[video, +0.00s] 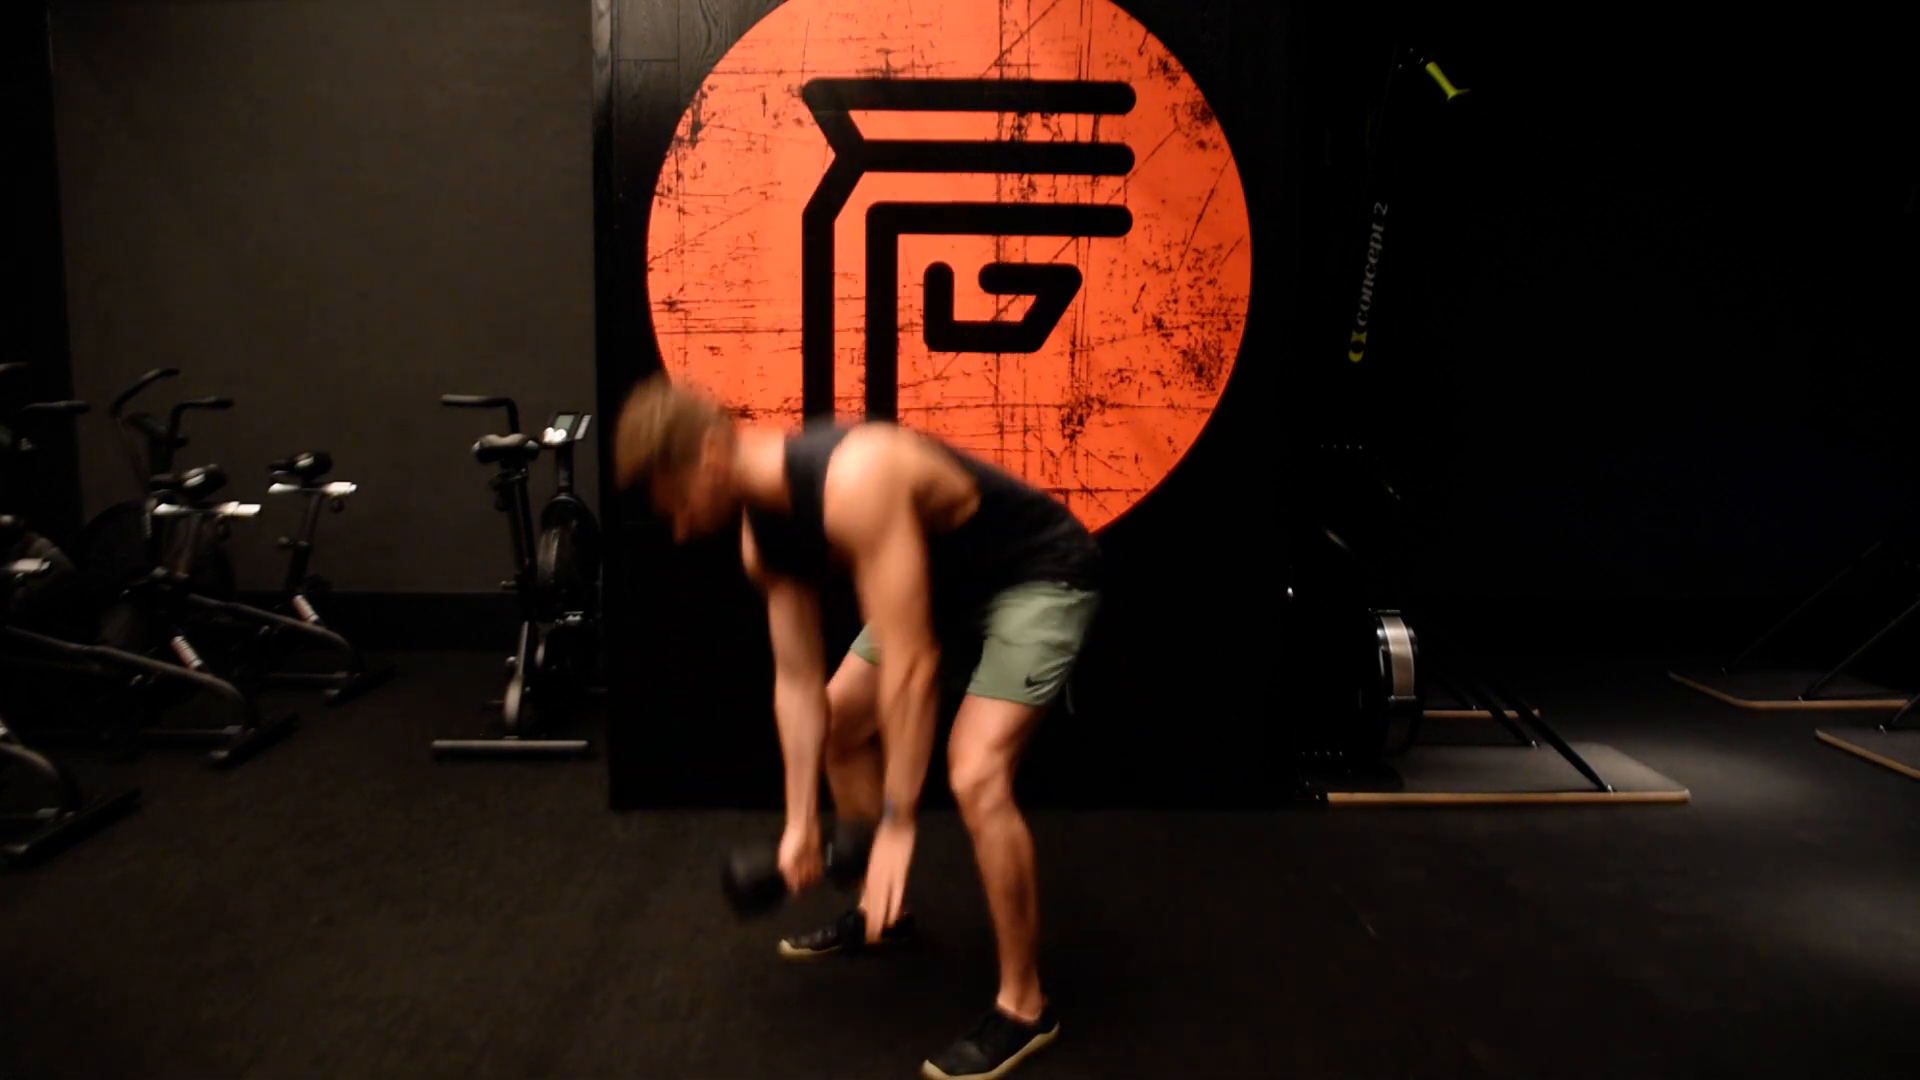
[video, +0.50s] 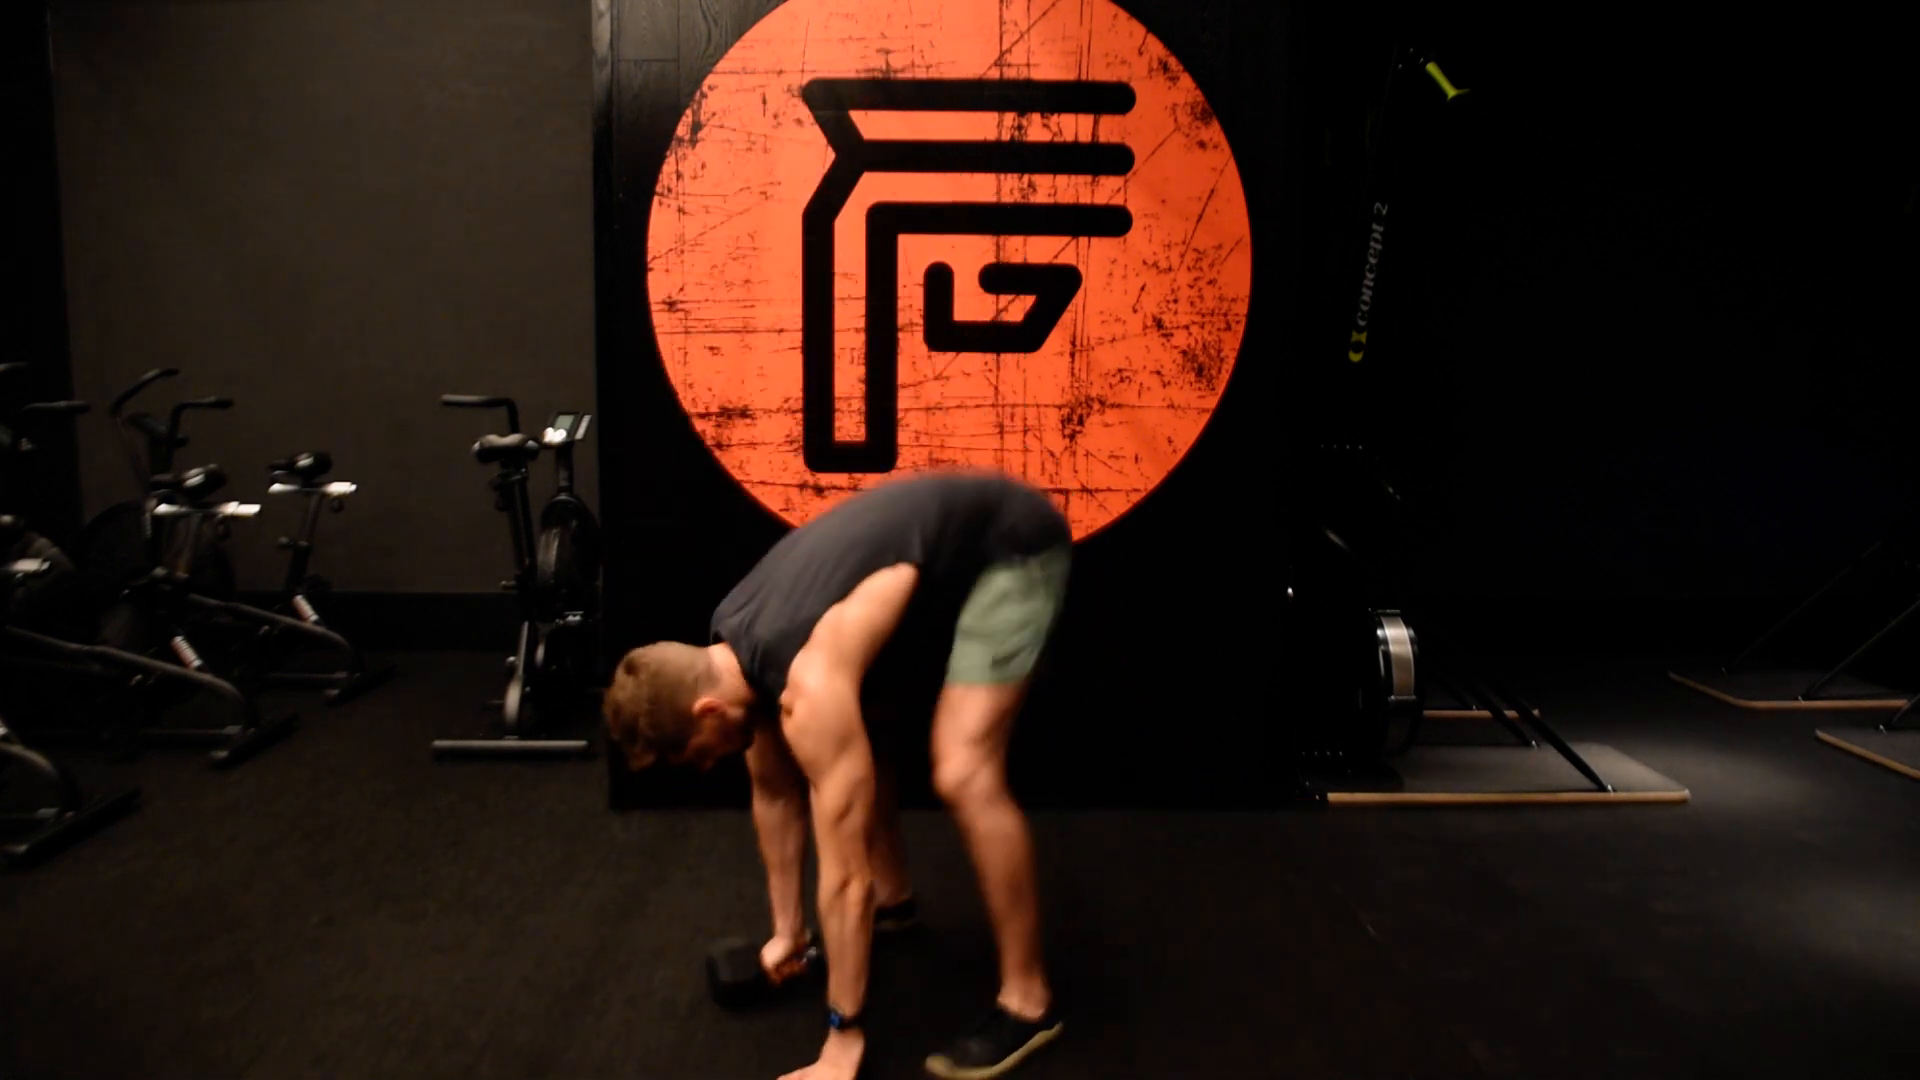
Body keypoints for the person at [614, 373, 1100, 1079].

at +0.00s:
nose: (680, 523)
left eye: (677, 502)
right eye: (667, 510)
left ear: (712, 450)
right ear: (710, 452)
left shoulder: (858, 479)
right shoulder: (766, 529)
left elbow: (911, 659)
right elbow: (795, 676)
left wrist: (896, 826)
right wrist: (799, 821)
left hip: (1036, 573)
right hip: (941, 583)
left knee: (977, 773)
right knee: (838, 720)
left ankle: (1023, 1007)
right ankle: (882, 912)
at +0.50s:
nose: (715, 763)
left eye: (703, 753)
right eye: (699, 762)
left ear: (710, 711)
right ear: (705, 703)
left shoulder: (810, 683)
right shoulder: (735, 642)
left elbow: (850, 879)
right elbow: (774, 794)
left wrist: (844, 1036)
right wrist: (788, 935)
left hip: (1014, 539)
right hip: (925, 540)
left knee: (965, 770)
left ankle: (1027, 1000)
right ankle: (889, 895)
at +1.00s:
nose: (646, 832)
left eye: (639, 816)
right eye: (632, 821)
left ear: (664, 778)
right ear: (666, 747)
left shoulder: (818, 786)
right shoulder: (740, 727)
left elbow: (923, 930)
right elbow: (812, 821)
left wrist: (884, 1053)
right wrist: (797, 934)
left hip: (1039, 817)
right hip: (975, 787)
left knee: (1218, 888)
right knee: (1078, 810)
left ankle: (1407, 873)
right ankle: (1179, 798)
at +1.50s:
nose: (620, 1067)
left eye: (613, 1054)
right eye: (607, 1058)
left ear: (641, 1018)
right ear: (632, 972)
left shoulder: (758, 1005)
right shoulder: (709, 906)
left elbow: (907, 948)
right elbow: (800, 801)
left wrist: (888, 1054)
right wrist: (792, 922)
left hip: (1023, 943)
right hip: (976, 878)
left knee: (1225, 952)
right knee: (1079, 869)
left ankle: (1405, 863)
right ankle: (1189, 785)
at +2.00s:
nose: (637, 880)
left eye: (634, 865)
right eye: (626, 869)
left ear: (666, 835)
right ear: (676, 801)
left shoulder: (811, 864)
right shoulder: (745, 786)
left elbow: (953, 945)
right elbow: (838, 847)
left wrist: (885, 1054)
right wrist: (800, 935)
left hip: (1040, 911)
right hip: (986, 856)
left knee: (1228, 953)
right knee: (1080, 872)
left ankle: (1410, 866)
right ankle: (1191, 778)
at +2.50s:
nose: (662, 787)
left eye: (652, 775)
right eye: (646, 781)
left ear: (674, 736)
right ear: (665, 706)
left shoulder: (796, 731)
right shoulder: (725, 673)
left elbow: (867, 900)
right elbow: (771, 810)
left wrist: (877, 1049)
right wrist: (793, 936)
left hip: (1031, 623)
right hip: (957, 612)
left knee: (1155, 814)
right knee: (1084, 745)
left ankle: (1344, 840)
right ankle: (1153, 756)